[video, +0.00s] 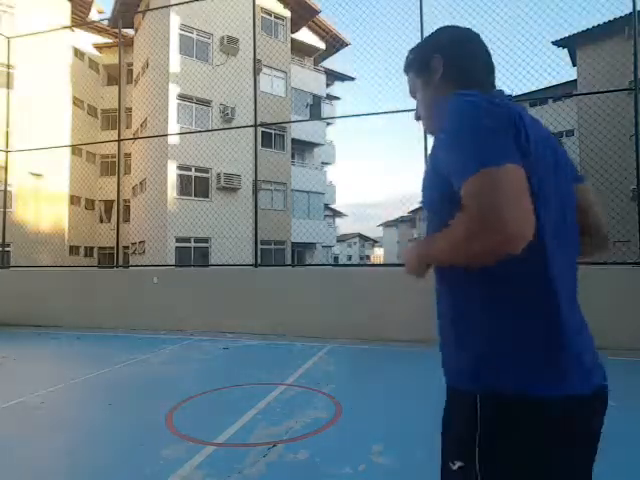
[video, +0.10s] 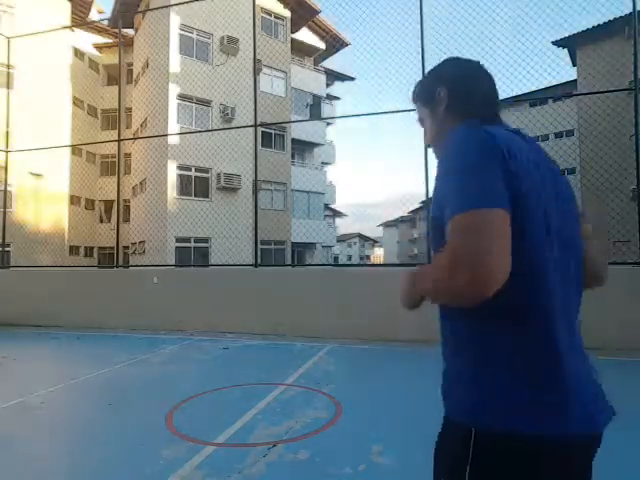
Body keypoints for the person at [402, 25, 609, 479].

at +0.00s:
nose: (418, 114)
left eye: (415, 94)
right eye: (413, 98)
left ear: (437, 70)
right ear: (484, 73)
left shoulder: (470, 113)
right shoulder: (537, 132)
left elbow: (503, 224)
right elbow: (591, 234)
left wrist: (427, 250)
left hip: (506, 388)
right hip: (567, 386)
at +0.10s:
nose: (424, 132)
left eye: (422, 117)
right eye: (420, 120)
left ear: (442, 100)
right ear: (488, 102)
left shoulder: (471, 143)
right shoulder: (538, 157)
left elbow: (477, 269)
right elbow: (592, 268)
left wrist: (421, 281)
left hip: (502, 418)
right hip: (566, 415)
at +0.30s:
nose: (427, 149)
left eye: (424, 136)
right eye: (422, 140)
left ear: (438, 116)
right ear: (482, 115)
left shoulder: (458, 155)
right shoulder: (543, 170)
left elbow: (460, 267)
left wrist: (414, 268)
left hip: (468, 397)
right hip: (549, 399)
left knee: (411, 472)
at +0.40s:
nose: (415, 139)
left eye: (413, 128)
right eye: (411, 131)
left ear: (425, 110)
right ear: (473, 110)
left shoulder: (438, 142)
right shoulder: (534, 161)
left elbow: (433, 249)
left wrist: (405, 240)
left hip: (452, 383)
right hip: (536, 386)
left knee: (414, 471)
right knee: (536, 472)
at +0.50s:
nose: (405, 145)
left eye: (403, 135)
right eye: (403, 137)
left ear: (414, 124)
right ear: (459, 121)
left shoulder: (414, 162)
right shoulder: (516, 172)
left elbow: (391, 270)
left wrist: (371, 250)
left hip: (438, 396)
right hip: (520, 396)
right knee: (522, 472)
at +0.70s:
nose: (365, 160)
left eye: (364, 151)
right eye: (363, 152)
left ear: (372, 144)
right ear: (414, 141)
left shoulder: (374, 179)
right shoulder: (472, 182)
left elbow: (334, 282)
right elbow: (487, 281)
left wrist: (328, 250)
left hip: (396, 388)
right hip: (474, 385)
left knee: (370, 473)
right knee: (474, 473)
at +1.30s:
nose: (409, 155)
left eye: (408, 145)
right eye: (409, 145)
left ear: (418, 143)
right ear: (462, 143)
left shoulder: (407, 184)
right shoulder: (511, 183)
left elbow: (373, 276)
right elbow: (523, 274)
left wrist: (365, 247)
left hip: (427, 386)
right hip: (507, 385)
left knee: (398, 473)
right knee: (513, 474)